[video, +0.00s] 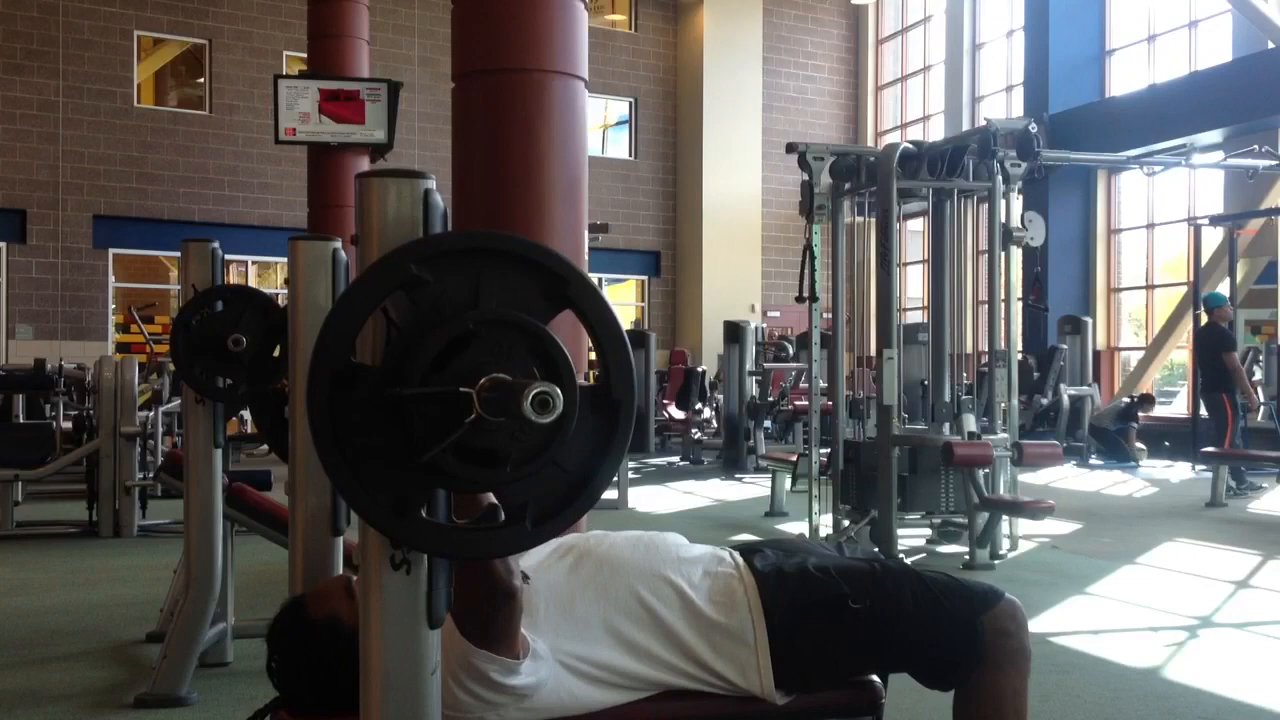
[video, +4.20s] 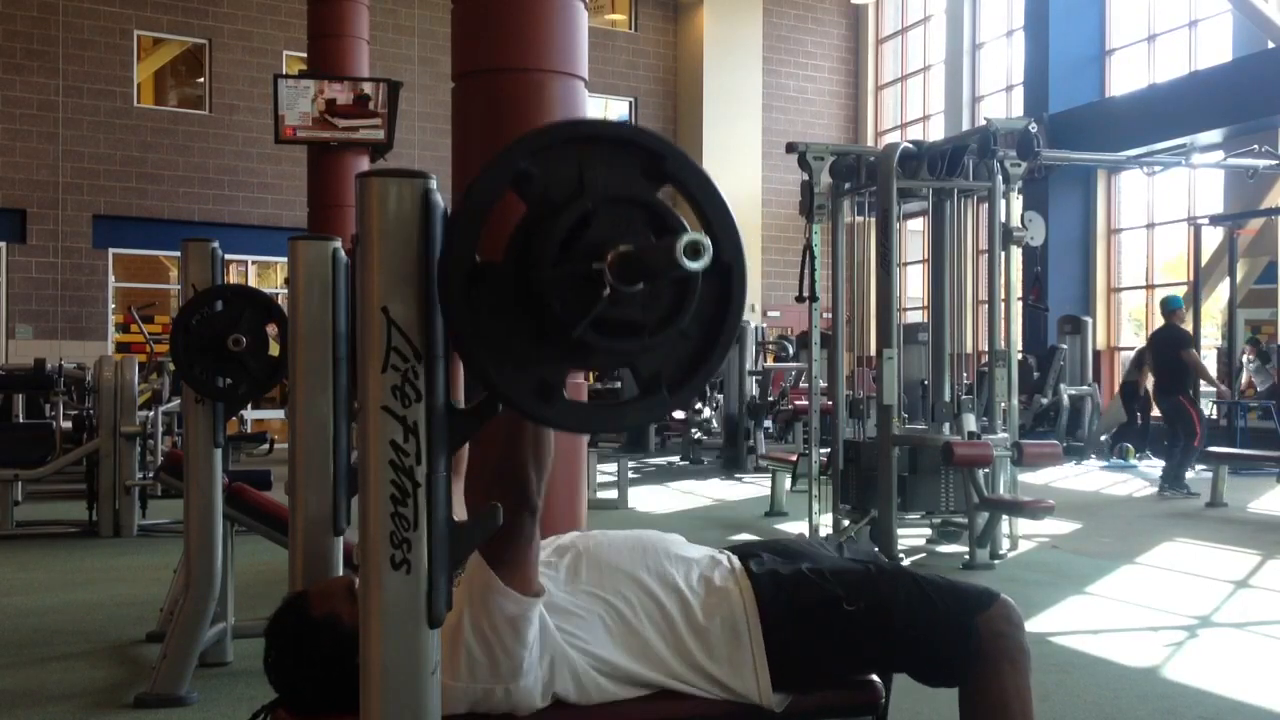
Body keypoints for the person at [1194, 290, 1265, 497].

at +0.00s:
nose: (1231, 308)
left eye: (1229, 305)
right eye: (1227, 306)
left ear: (1213, 312)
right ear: (1216, 311)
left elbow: (1202, 365)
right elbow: (1235, 367)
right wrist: (1250, 394)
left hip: (1208, 389)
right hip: (1223, 390)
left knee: (1231, 434)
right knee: (1228, 435)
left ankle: (1240, 480)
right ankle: (1222, 484)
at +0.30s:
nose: (1227, 309)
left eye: (1225, 305)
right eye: (1223, 306)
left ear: (1211, 311)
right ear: (1212, 310)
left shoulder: (1203, 330)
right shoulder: (1215, 333)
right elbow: (1224, 366)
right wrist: (1236, 393)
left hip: (1208, 388)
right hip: (1217, 390)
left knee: (1221, 428)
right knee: (1229, 429)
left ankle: (1209, 472)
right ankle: (1219, 478)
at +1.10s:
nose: (1205, 310)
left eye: (1203, 306)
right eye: (1200, 307)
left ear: (1192, 311)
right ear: (1189, 310)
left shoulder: (1191, 329)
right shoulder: (1185, 330)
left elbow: (1196, 360)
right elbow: (1193, 360)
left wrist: (1210, 383)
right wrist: (1212, 384)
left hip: (1189, 387)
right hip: (1185, 388)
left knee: (1187, 431)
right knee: (1196, 429)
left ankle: (1186, 479)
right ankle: (1193, 479)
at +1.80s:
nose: (1185, 310)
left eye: (1184, 307)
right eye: (1181, 307)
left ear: (1176, 310)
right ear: (1171, 310)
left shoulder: (1179, 334)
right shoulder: (1165, 333)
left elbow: (1189, 367)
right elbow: (1165, 366)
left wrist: (1202, 391)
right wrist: (1176, 395)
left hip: (1183, 391)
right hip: (1168, 391)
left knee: (1182, 438)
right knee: (1168, 436)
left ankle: (1183, 479)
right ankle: (1157, 481)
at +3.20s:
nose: (1173, 311)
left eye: (1173, 307)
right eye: (1170, 307)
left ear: (1155, 310)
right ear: (1160, 309)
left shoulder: (1154, 330)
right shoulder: (1160, 332)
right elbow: (1167, 364)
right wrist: (1178, 392)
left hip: (1154, 387)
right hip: (1158, 389)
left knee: (1162, 433)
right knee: (1161, 433)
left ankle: (1163, 480)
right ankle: (1157, 483)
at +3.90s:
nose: (1178, 311)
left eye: (1177, 307)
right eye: (1176, 307)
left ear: (1156, 311)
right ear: (1170, 309)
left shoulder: (1149, 334)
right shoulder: (1175, 332)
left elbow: (1150, 365)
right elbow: (1186, 362)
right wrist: (1199, 388)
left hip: (1153, 391)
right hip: (1171, 391)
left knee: (1163, 432)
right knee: (1184, 431)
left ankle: (1164, 478)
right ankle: (1167, 479)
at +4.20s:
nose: (1185, 313)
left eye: (1184, 309)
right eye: (1182, 309)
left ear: (1165, 313)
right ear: (1176, 312)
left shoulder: (1155, 336)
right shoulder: (1180, 334)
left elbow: (1147, 365)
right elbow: (1195, 363)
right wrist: (1217, 385)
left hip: (1161, 393)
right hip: (1178, 393)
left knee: (1175, 436)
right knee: (1197, 432)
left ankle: (1168, 480)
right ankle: (1177, 479)